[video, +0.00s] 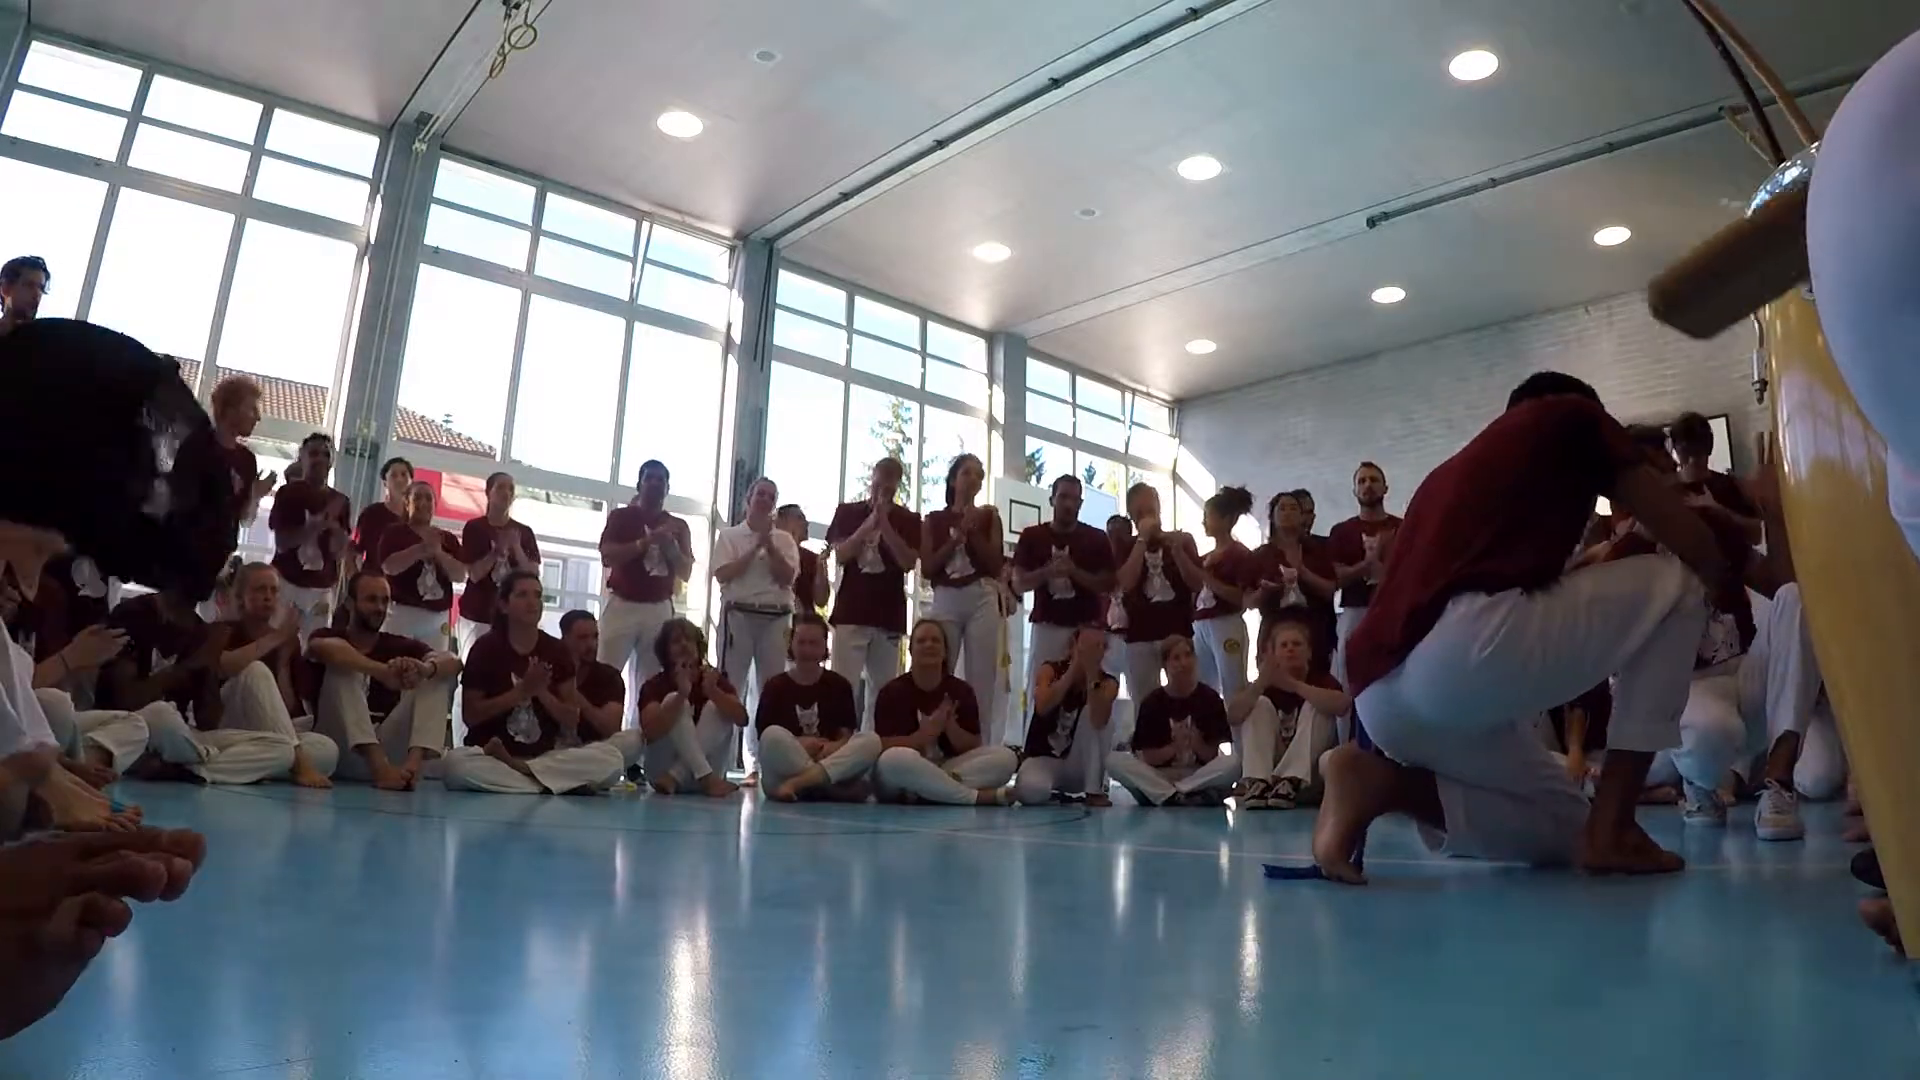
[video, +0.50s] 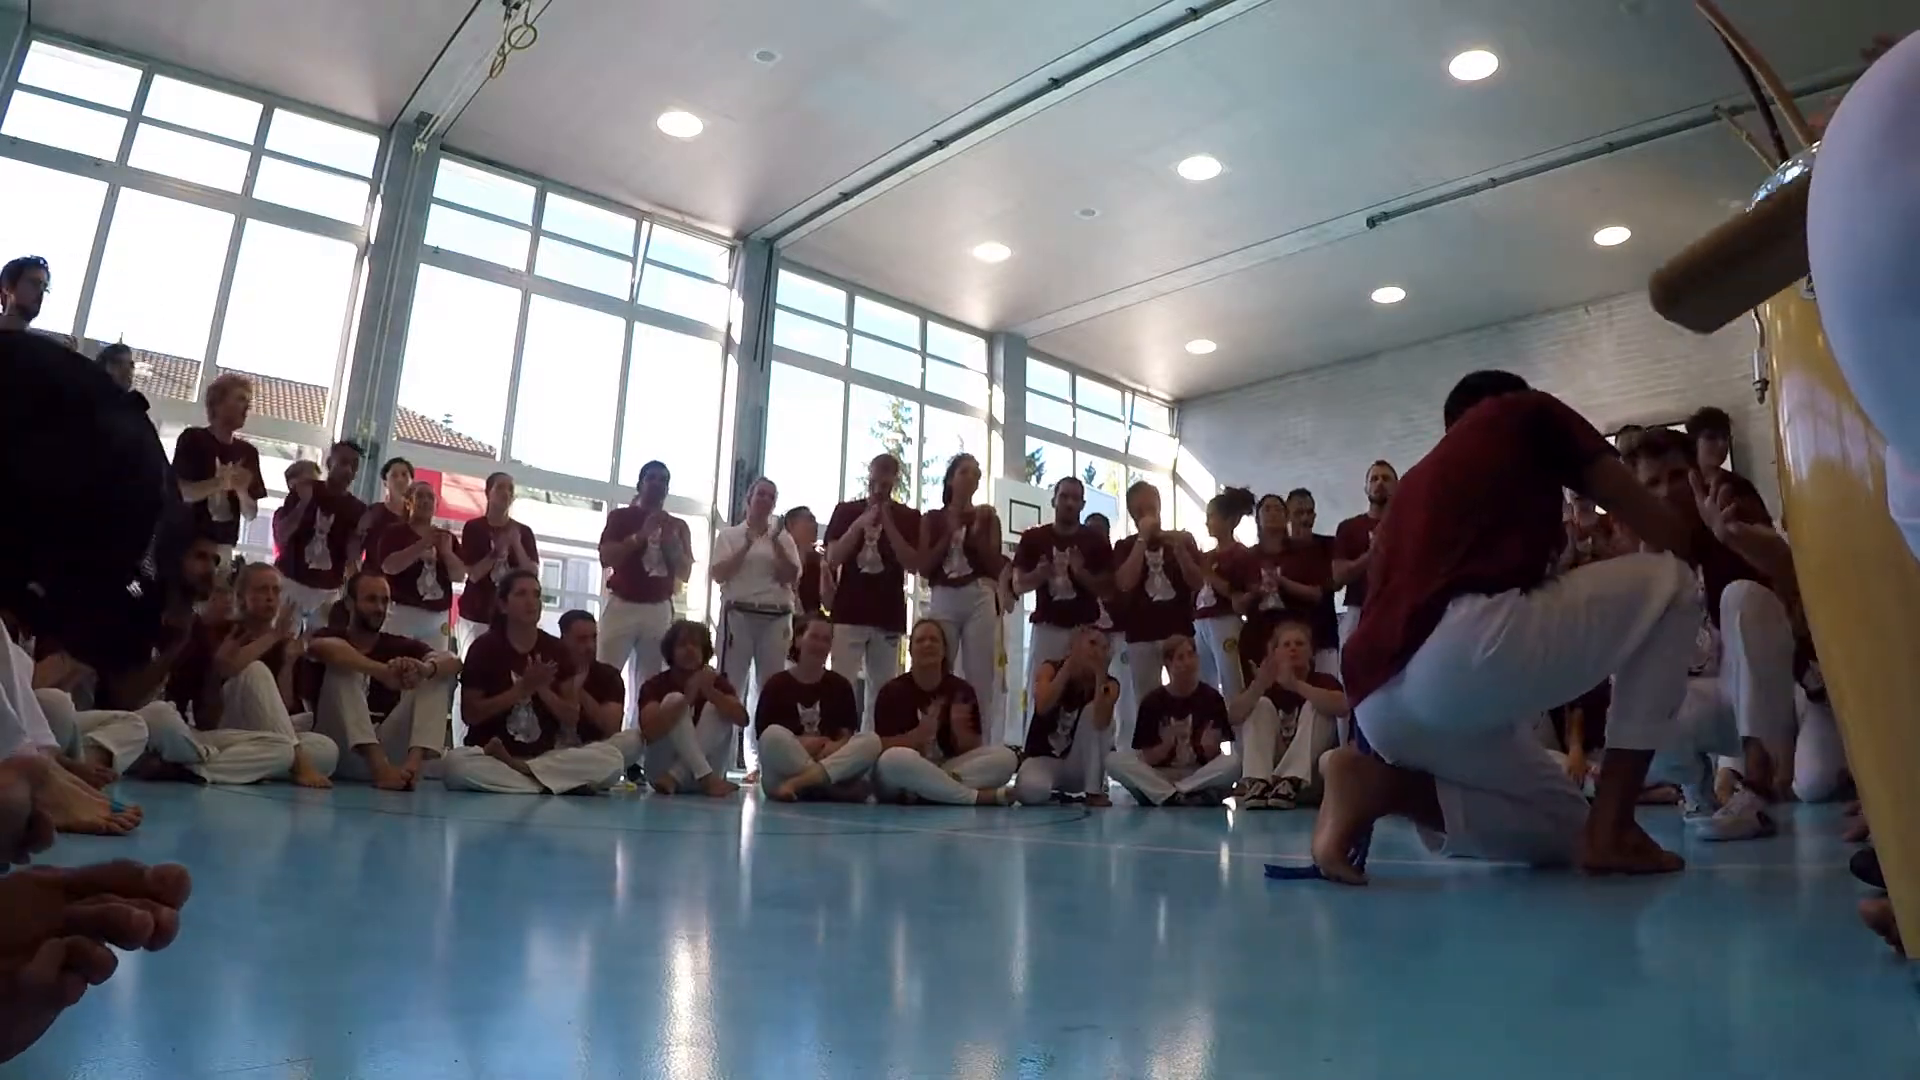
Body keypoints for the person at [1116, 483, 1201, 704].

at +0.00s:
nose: (1146, 518)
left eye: (1151, 511)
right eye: (1139, 513)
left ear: (1159, 509)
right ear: (1131, 515)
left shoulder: (1182, 540)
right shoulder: (1126, 547)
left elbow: (1197, 584)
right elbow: (1126, 583)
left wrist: (1177, 551)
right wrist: (1142, 541)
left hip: (1178, 634)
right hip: (1140, 637)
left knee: (1184, 704)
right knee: (1145, 709)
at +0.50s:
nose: (1150, 515)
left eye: (1154, 508)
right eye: (1142, 509)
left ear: (1161, 507)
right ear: (1131, 512)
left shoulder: (1183, 540)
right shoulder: (1124, 546)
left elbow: (1197, 582)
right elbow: (1125, 583)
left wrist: (1179, 549)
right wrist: (1142, 540)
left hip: (1179, 631)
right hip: (1141, 633)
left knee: (1185, 694)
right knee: (1145, 700)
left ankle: (1189, 753)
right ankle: (1145, 758)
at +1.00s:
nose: (1165, 501)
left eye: (1168, 496)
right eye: (1156, 497)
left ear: (1174, 501)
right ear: (1144, 507)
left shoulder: (1193, 538)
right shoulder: (1136, 543)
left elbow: (1206, 581)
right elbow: (1132, 588)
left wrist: (1181, 551)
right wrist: (1160, 566)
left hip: (1190, 632)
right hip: (1151, 635)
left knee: (1193, 703)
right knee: (1154, 706)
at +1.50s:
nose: (1176, 496)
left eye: (1178, 492)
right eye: (1168, 492)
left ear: (1184, 498)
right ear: (1155, 503)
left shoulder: (1204, 537)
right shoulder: (1144, 540)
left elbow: (1211, 580)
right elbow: (1138, 587)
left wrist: (1185, 545)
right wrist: (1166, 564)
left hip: (1197, 633)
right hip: (1155, 635)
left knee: (1202, 704)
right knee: (1157, 707)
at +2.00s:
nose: (1168, 500)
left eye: (1170, 494)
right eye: (1160, 495)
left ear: (1175, 498)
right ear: (1146, 504)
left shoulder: (1192, 538)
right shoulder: (1135, 542)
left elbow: (1202, 581)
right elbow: (1128, 590)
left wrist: (1175, 553)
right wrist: (1158, 564)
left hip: (1187, 633)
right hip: (1148, 636)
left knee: (1191, 705)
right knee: (1143, 709)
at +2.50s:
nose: (1161, 504)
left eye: (1163, 498)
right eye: (1153, 498)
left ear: (1167, 502)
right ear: (1138, 505)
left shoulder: (1183, 540)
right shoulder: (1126, 544)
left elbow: (1194, 582)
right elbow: (1122, 591)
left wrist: (1176, 554)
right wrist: (1145, 562)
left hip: (1179, 634)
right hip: (1140, 637)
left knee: (1183, 702)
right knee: (1143, 704)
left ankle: (1187, 761)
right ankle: (1141, 762)